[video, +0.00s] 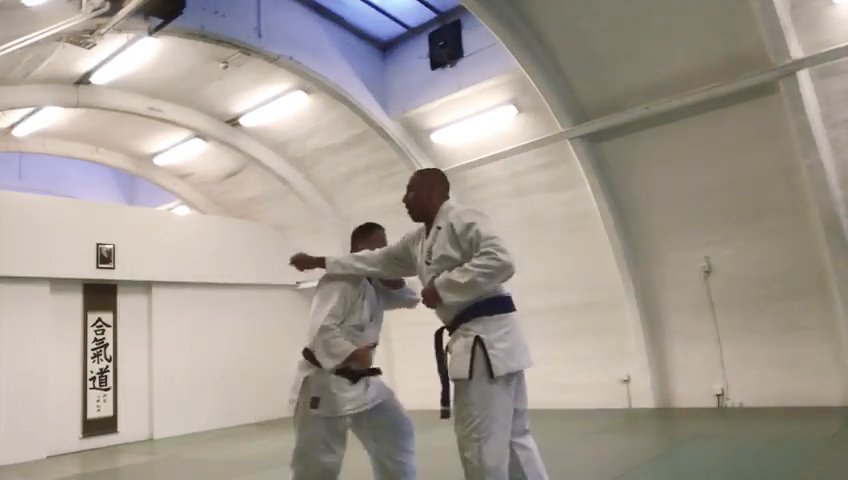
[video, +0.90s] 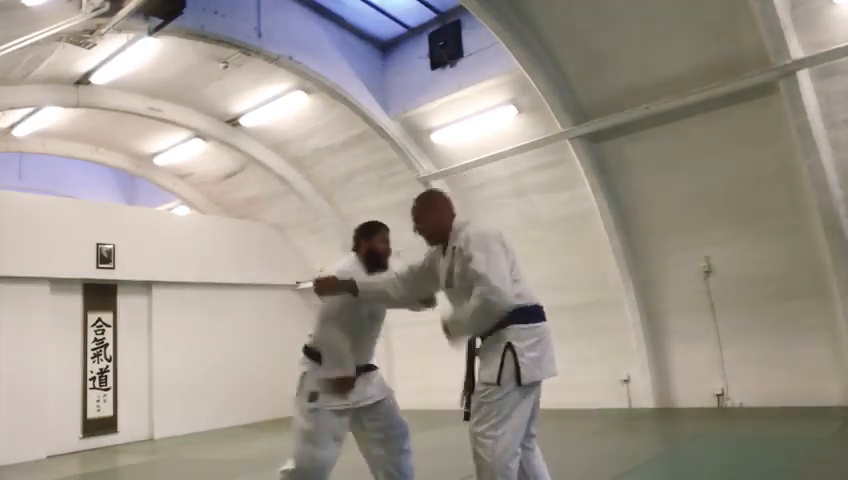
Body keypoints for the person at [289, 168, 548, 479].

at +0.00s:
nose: (404, 198)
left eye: (410, 190)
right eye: (405, 191)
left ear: (432, 190)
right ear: (429, 193)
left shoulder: (462, 219)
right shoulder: (419, 239)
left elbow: (499, 260)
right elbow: (374, 260)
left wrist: (442, 288)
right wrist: (320, 263)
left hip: (484, 338)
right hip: (483, 336)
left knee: (479, 443)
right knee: (515, 438)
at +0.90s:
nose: (416, 227)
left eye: (420, 218)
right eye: (415, 221)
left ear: (442, 212)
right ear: (438, 214)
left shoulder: (477, 238)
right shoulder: (440, 257)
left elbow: (496, 295)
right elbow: (403, 285)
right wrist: (346, 286)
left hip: (516, 340)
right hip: (501, 342)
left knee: (488, 435)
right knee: (520, 441)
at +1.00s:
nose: (408, 252)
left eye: (409, 243)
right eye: (405, 245)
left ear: (428, 231)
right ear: (431, 231)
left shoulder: (472, 249)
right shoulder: (436, 266)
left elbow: (497, 314)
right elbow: (423, 310)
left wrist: (475, 355)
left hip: (522, 340)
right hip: (505, 341)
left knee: (487, 434)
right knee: (518, 440)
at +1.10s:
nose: (404, 277)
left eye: (403, 268)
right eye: (399, 271)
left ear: (416, 252)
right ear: (418, 249)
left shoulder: (464, 259)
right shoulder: (437, 273)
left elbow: (502, 320)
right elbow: (444, 324)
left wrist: (481, 354)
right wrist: (427, 353)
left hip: (524, 342)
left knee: (491, 437)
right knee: (521, 440)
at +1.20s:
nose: (399, 295)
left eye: (397, 287)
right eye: (393, 290)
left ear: (409, 270)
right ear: (410, 266)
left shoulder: (456, 270)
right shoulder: (436, 285)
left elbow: (505, 325)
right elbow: (462, 337)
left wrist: (480, 361)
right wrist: (476, 368)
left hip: (526, 342)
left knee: (496, 438)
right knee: (521, 437)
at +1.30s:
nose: (396, 309)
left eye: (394, 302)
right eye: (390, 305)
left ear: (404, 286)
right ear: (406, 281)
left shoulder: (450, 282)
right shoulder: (429, 290)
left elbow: (507, 328)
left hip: (527, 343)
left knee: (499, 441)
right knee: (522, 440)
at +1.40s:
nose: (395, 328)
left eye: (390, 320)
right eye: (388, 324)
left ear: (398, 300)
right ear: (398, 297)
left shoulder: (443, 292)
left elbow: (505, 333)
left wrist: (496, 370)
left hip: (528, 343)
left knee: (499, 439)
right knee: (527, 437)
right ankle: (542, 478)